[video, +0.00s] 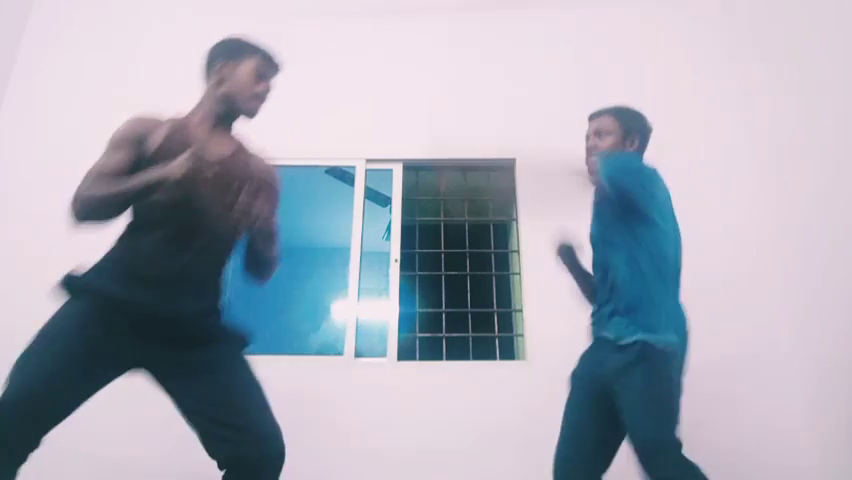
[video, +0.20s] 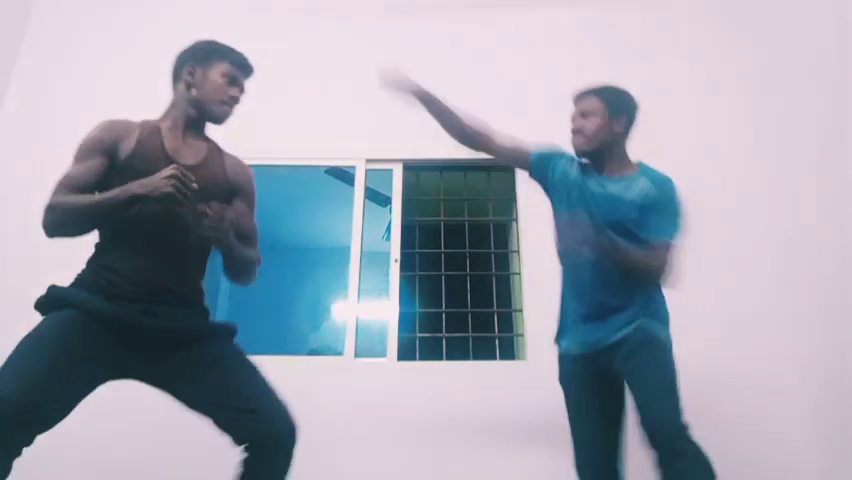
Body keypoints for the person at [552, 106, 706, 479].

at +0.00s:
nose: (591, 145)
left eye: (602, 135)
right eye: (588, 137)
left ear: (633, 142)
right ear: (585, 143)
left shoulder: (643, 181)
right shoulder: (610, 206)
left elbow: (612, 171)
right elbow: (604, 298)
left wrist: (602, 170)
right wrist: (571, 262)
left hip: (649, 350)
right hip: (606, 350)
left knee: (661, 461)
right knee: (572, 470)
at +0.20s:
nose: (575, 125)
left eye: (586, 116)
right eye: (574, 117)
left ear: (619, 124)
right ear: (574, 125)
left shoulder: (656, 188)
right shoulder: (560, 170)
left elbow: (654, 266)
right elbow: (483, 140)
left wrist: (602, 243)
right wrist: (422, 95)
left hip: (638, 332)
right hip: (579, 341)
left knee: (667, 436)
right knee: (595, 464)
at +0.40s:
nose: (534, 139)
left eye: (544, 129)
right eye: (535, 130)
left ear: (575, 138)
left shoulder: (594, 192)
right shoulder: (541, 214)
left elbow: (562, 239)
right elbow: (541, 296)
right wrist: (548, 337)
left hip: (616, 351)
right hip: (560, 352)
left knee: (650, 463)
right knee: (497, 456)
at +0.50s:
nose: (524, 177)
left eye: (535, 169)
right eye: (526, 169)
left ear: (567, 180)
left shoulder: (606, 249)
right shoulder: (524, 257)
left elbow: (595, 339)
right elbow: (508, 328)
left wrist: (517, 329)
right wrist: (516, 395)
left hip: (619, 395)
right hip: (558, 394)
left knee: (660, 471)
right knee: (482, 469)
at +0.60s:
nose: (537, 191)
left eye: (548, 183)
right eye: (537, 184)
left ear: (582, 193)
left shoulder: (623, 263)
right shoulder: (526, 267)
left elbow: (623, 341)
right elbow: (515, 346)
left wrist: (537, 320)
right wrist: (537, 392)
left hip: (617, 410)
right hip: (545, 408)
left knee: (667, 474)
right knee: (474, 474)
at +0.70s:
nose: (543, 153)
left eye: (554, 144)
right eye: (545, 145)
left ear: (585, 154)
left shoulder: (626, 221)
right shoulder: (537, 235)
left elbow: (632, 287)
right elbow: (536, 312)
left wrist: (545, 269)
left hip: (626, 371)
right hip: (558, 370)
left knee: (674, 470)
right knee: (497, 470)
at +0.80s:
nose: (546, 105)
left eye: (555, 95)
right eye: (546, 97)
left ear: (588, 101)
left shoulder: (627, 151)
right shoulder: (552, 178)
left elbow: (640, 219)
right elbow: (555, 249)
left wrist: (559, 224)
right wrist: (558, 279)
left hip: (632, 309)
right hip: (573, 316)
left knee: (676, 421)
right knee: (553, 422)